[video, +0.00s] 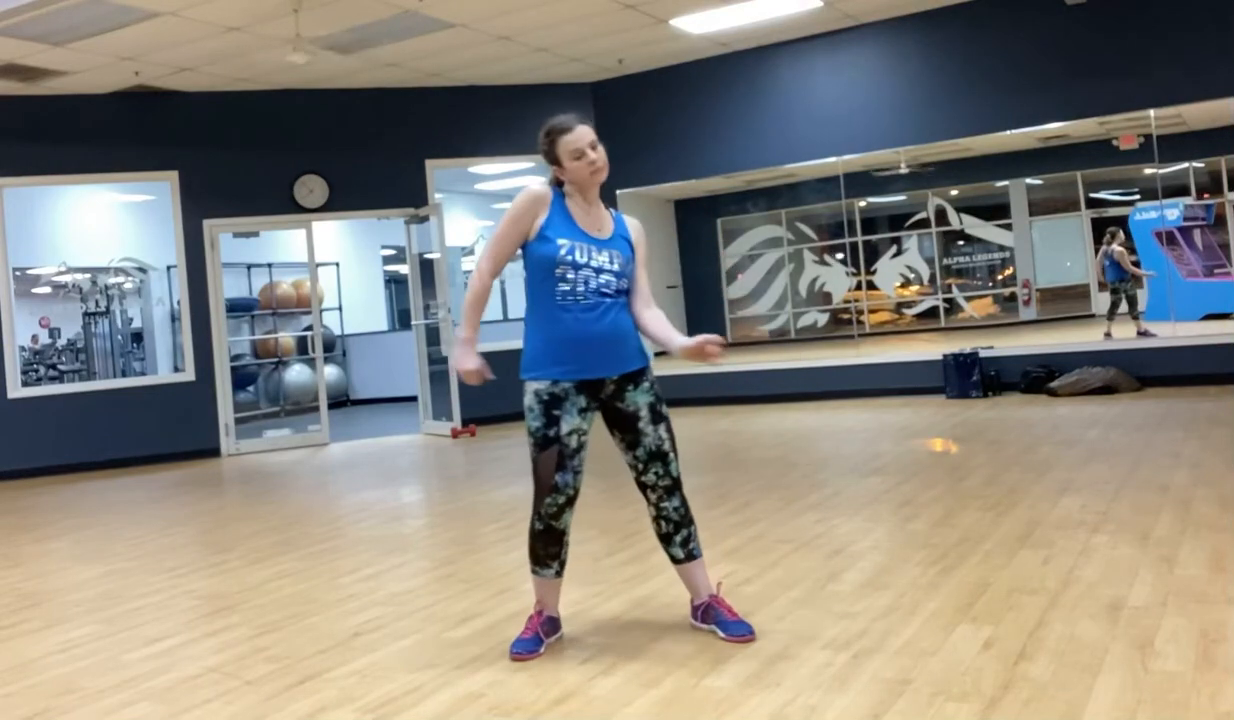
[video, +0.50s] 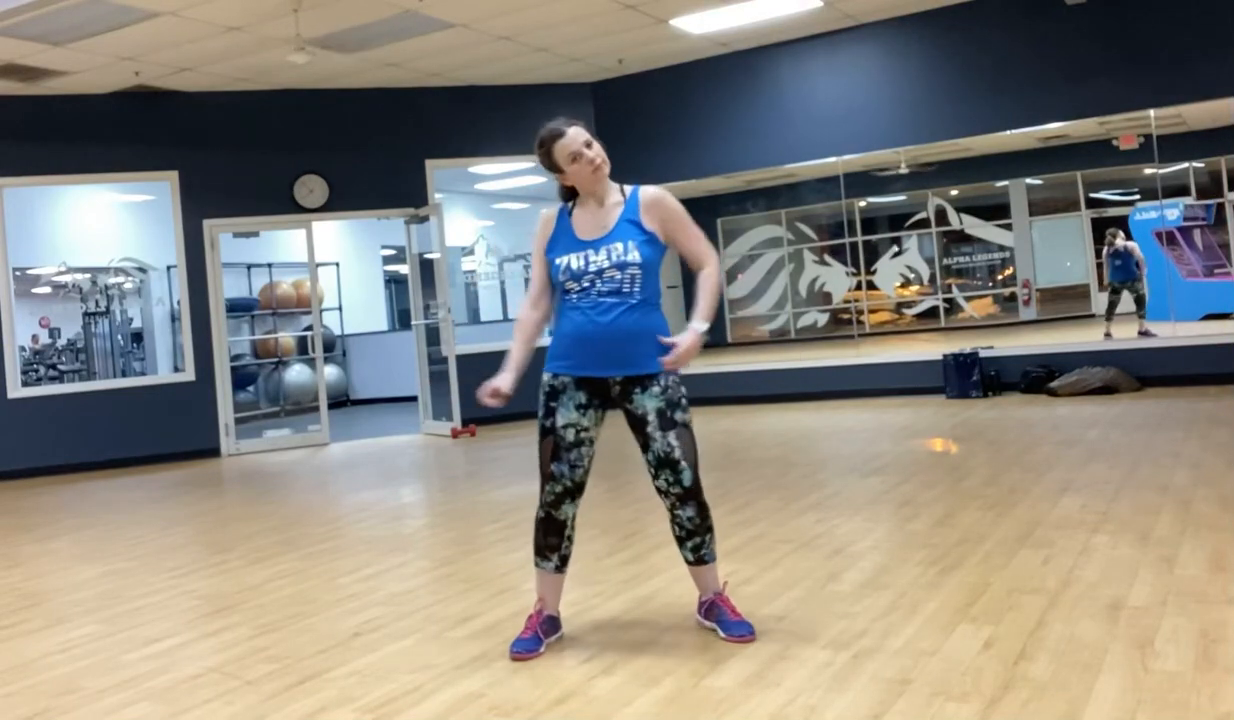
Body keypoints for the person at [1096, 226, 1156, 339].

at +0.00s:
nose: (1123, 236)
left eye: (1122, 233)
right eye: (1121, 234)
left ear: (1111, 237)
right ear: (1117, 236)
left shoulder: (1104, 249)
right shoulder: (1120, 251)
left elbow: (1098, 262)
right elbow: (1129, 267)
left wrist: (1100, 276)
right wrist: (1145, 273)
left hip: (1112, 281)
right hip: (1125, 281)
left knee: (1114, 304)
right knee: (1133, 303)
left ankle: (1108, 330)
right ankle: (1140, 328)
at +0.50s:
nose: (1123, 234)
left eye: (1121, 233)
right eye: (1121, 233)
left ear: (1110, 237)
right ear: (1119, 235)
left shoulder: (1107, 249)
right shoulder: (1131, 245)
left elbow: (1105, 266)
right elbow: (1140, 259)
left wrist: (1106, 280)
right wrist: (1143, 272)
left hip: (1115, 279)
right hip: (1132, 278)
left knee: (1111, 304)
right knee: (1140, 301)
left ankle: (1107, 330)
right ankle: (1142, 328)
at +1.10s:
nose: (1123, 235)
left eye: (1122, 233)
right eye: (1122, 233)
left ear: (1110, 236)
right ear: (1120, 235)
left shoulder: (1104, 248)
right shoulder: (1125, 248)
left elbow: (1095, 262)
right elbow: (1133, 265)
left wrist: (1090, 275)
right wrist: (1147, 270)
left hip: (1114, 281)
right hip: (1129, 279)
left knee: (1114, 305)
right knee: (1134, 304)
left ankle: (1108, 330)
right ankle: (1141, 328)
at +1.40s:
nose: (1121, 234)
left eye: (1119, 232)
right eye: (1119, 233)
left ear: (1107, 235)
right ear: (1117, 235)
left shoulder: (1102, 247)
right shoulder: (1122, 247)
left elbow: (1089, 256)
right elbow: (1127, 264)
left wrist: (1077, 264)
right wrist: (1135, 275)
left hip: (1109, 280)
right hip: (1124, 279)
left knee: (1111, 304)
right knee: (1134, 301)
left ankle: (1107, 330)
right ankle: (1140, 326)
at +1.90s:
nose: (1129, 234)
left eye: (1128, 232)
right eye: (1127, 233)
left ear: (1117, 237)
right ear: (1124, 236)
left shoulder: (1116, 247)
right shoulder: (1129, 245)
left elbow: (1103, 256)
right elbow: (1128, 259)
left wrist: (1090, 260)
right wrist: (1133, 276)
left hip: (1118, 280)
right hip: (1128, 280)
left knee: (1119, 302)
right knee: (1145, 302)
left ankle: (1101, 322)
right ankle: (1139, 328)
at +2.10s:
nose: (1131, 236)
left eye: (1129, 235)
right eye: (1129, 235)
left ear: (1120, 240)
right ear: (1126, 238)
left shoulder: (1121, 249)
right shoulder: (1127, 248)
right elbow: (1120, 261)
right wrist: (1128, 276)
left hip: (1121, 284)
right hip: (1129, 283)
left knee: (1118, 303)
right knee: (1149, 303)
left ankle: (1098, 323)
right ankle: (1139, 328)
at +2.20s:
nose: (1130, 237)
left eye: (1129, 235)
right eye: (1128, 236)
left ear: (1119, 241)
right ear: (1126, 239)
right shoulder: (1126, 249)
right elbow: (1120, 262)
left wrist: (1163, 257)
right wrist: (1128, 277)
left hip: (1122, 284)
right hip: (1129, 284)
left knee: (1117, 304)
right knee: (1149, 304)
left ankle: (1097, 323)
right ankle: (1139, 328)